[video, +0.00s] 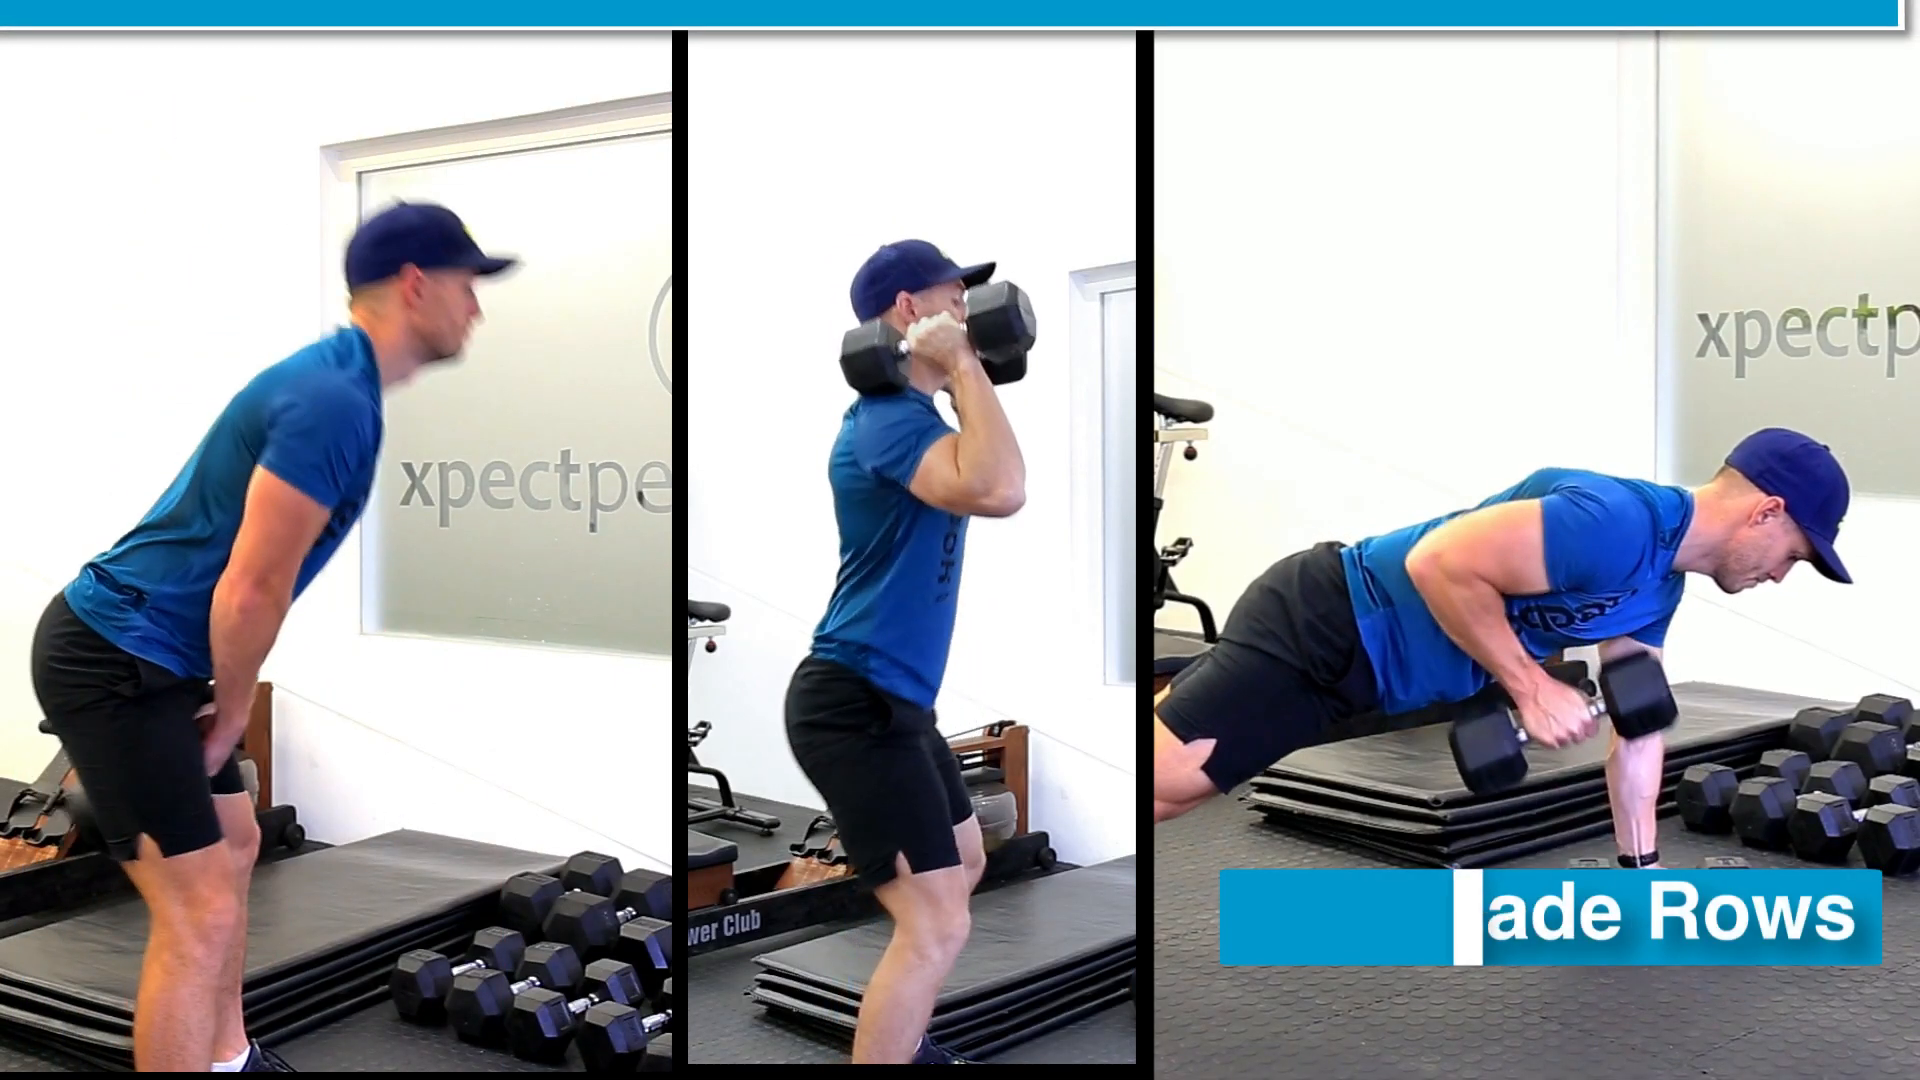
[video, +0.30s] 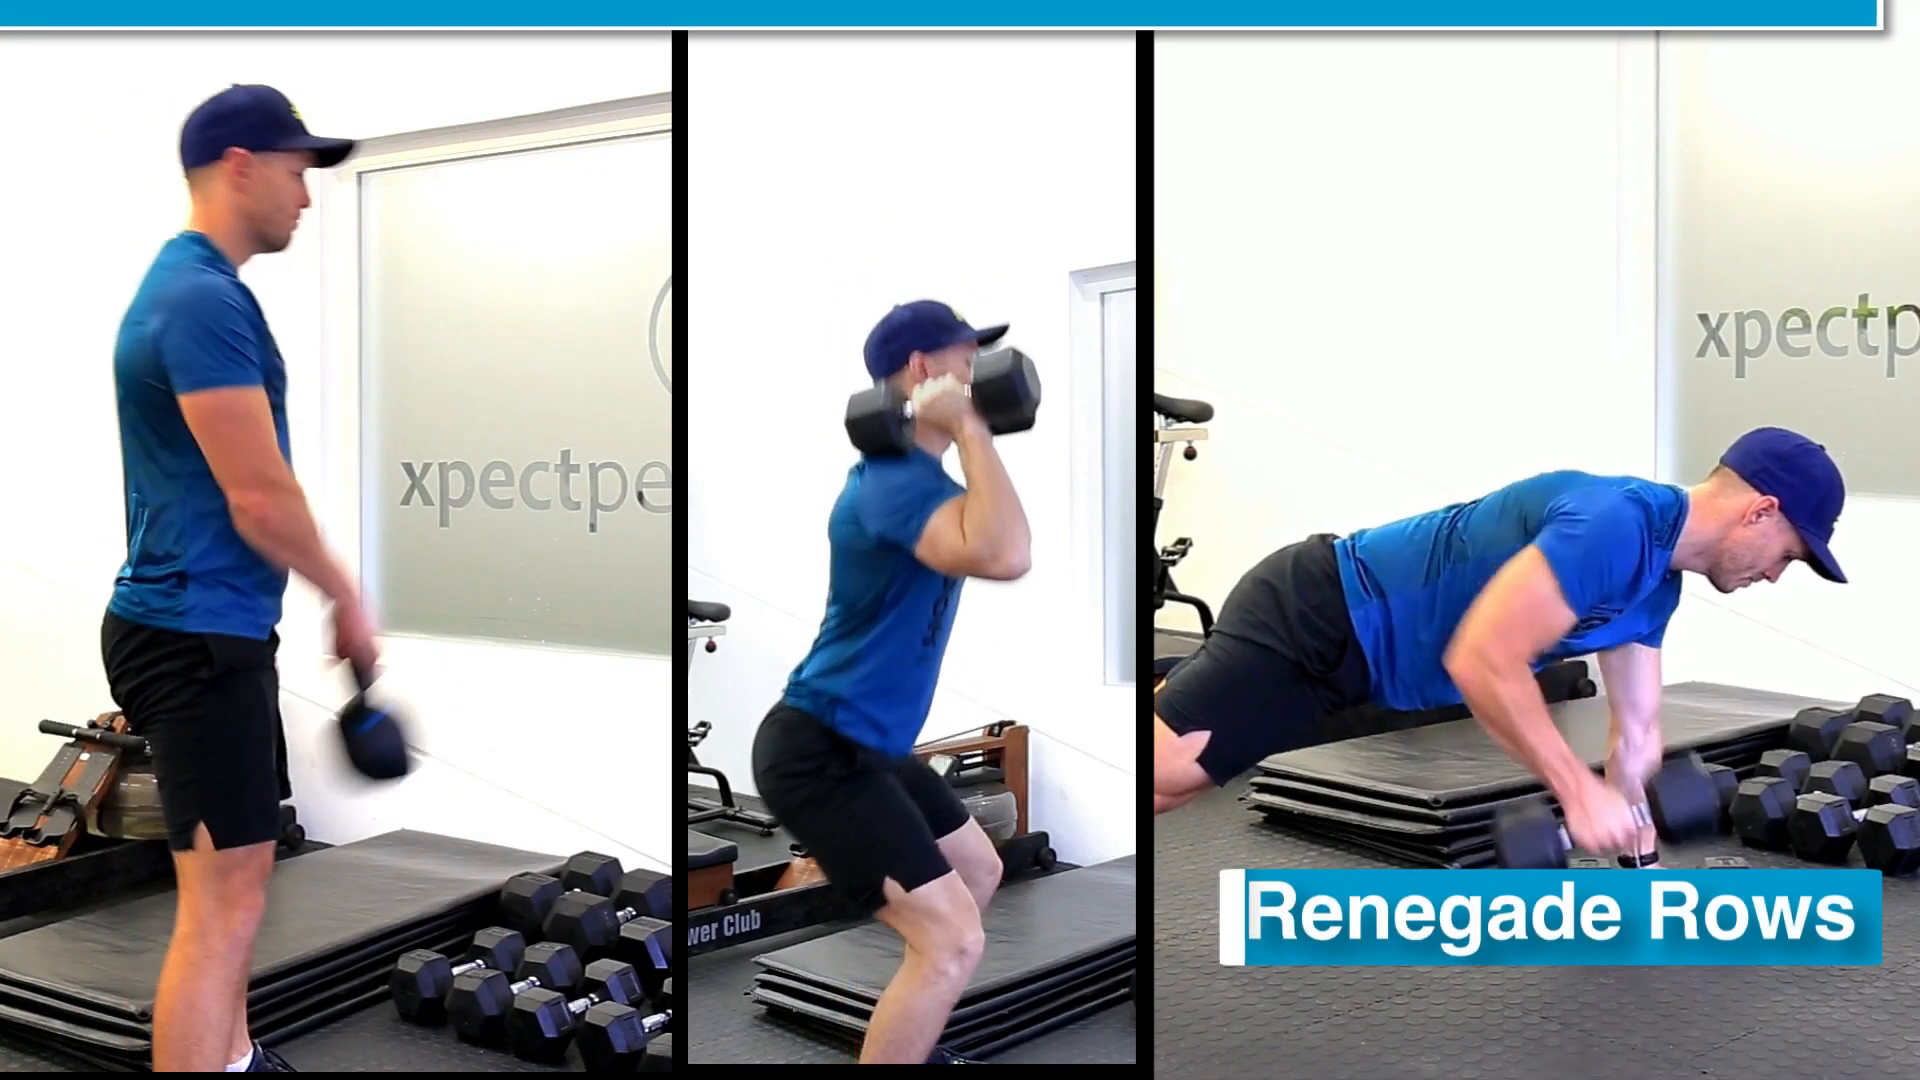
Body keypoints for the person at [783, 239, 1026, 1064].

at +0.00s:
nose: (966, 316)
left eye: (963, 300)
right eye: (951, 301)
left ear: (903, 316)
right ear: (904, 311)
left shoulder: (909, 415)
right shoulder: (885, 419)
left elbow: (995, 487)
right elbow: (1000, 489)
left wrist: (969, 369)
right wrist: (960, 367)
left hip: (893, 698)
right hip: (850, 701)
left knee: (961, 862)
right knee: (934, 928)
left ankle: (896, 1029)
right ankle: (880, 1057)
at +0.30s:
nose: (975, 374)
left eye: (974, 360)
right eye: (965, 360)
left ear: (912, 374)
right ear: (919, 369)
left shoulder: (916, 476)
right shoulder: (891, 482)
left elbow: (992, 548)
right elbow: (1003, 555)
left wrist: (973, 428)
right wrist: (967, 426)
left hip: (868, 742)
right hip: (820, 750)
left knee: (977, 871)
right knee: (950, 944)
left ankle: (913, 1034)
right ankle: (893, 1055)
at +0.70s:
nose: (987, 465)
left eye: (986, 452)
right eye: (978, 451)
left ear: (927, 464)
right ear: (930, 461)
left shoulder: (929, 558)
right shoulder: (893, 572)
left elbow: (1005, 642)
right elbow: (1002, 661)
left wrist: (982, 526)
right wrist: (973, 526)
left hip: (855, 801)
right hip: (799, 819)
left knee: (990, 880)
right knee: (966, 955)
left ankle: (916, 1037)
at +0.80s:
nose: (995, 492)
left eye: (990, 478)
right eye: (983, 479)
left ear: (934, 496)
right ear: (935, 493)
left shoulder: (932, 592)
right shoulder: (894, 602)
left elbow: (1008, 696)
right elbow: (997, 700)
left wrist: (988, 567)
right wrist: (975, 566)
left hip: (851, 822)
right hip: (793, 842)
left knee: (991, 882)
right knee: (967, 956)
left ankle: (912, 1028)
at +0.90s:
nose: (996, 509)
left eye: (991, 494)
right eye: (984, 495)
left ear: (937, 513)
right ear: (937, 510)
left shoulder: (934, 608)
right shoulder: (895, 619)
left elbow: (1005, 708)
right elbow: (997, 720)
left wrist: (988, 582)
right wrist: (977, 583)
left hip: (851, 829)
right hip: (789, 853)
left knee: (992, 883)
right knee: (968, 955)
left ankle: (909, 1023)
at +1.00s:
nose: (997, 527)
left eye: (993, 511)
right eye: (985, 511)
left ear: (939, 526)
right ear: (939, 524)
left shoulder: (938, 621)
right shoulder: (896, 633)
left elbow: (1006, 715)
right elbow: (1000, 741)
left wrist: (989, 597)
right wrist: (979, 601)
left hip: (852, 840)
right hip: (789, 864)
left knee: (993, 882)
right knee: (968, 956)